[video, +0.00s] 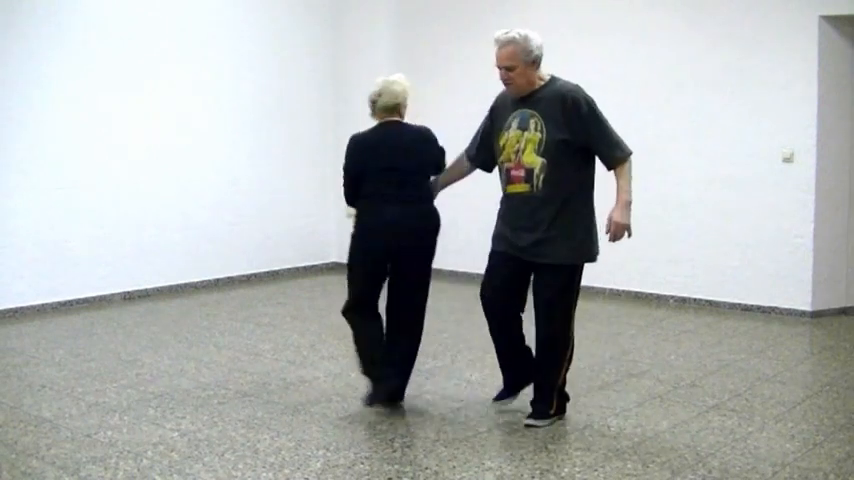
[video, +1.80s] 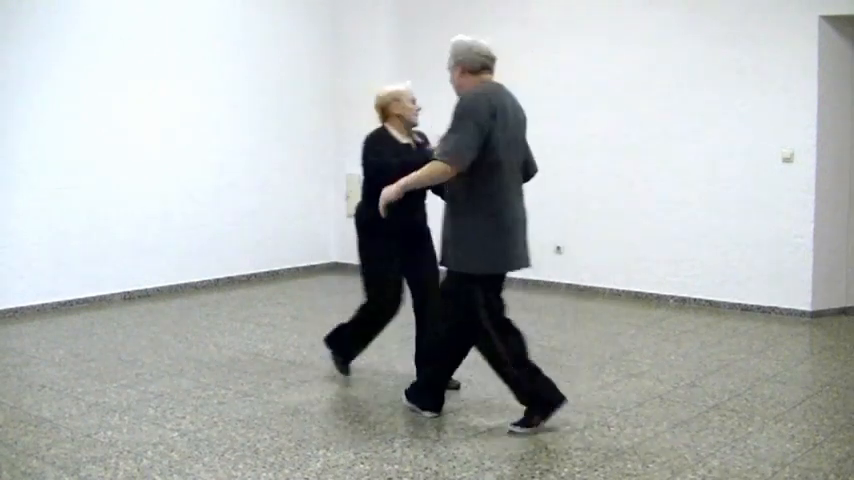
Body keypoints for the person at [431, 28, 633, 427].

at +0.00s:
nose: (502, 76)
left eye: (509, 69)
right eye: (499, 69)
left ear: (534, 65)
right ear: (499, 66)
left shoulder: (570, 100)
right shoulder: (503, 106)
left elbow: (619, 155)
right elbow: (473, 157)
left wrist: (622, 206)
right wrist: (432, 185)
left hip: (563, 234)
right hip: (513, 231)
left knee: (553, 321)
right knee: (496, 299)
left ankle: (550, 402)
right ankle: (519, 370)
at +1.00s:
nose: (519, 78)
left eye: (525, 72)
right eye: (518, 71)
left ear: (554, 69)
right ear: (545, 69)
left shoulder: (595, 101)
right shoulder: (525, 110)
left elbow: (650, 148)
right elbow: (480, 145)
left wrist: (680, 200)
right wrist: (426, 160)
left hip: (590, 230)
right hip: (551, 232)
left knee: (552, 304)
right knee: (557, 308)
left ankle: (558, 400)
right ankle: (566, 392)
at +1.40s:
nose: (500, 76)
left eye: (505, 68)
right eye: (499, 68)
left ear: (533, 67)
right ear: (526, 67)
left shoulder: (572, 100)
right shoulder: (516, 106)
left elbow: (627, 136)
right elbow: (481, 141)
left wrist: (645, 176)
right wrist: (433, 153)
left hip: (575, 245)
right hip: (532, 242)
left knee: (559, 326)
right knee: (515, 308)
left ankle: (556, 412)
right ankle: (547, 391)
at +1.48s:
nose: (492, 72)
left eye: (497, 65)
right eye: (492, 65)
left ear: (523, 66)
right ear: (519, 66)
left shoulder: (555, 96)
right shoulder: (517, 103)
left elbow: (593, 134)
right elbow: (491, 148)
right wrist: (443, 159)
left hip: (560, 247)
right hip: (523, 243)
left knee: (553, 327)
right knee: (498, 301)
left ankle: (555, 411)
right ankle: (522, 388)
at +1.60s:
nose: (479, 74)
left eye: (482, 67)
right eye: (479, 67)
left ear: (504, 66)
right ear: (507, 66)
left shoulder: (531, 97)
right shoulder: (515, 101)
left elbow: (526, 148)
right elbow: (510, 162)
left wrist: (457, 160)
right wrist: (463, 169)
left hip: (530, 242)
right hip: (510, 239)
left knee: (533, 325)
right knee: (481, 308)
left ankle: (552, 410)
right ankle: (463, 392)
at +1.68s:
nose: (468, 79)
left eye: (471, 71)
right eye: (468, 71)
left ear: (489, 69)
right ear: (495, 68)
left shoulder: (511, 101)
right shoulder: (511, 98)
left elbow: (484, 156)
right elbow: (504, 160)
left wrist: (421, 168)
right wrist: (472, 175)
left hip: (511, 239)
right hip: (506, 237)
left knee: (476, 311)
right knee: (512, 318)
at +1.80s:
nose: (451, 81)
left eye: (452, 74)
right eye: (452, 74)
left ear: (462, 70)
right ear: (488, 68)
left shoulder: (474, 102)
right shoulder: (507, 103)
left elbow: (448, 165)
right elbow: (526, 168)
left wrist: (401, 185)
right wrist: (472, 184)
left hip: (474, 237)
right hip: (498, 234)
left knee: (483, 319)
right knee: (455, 314)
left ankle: (541, 398)